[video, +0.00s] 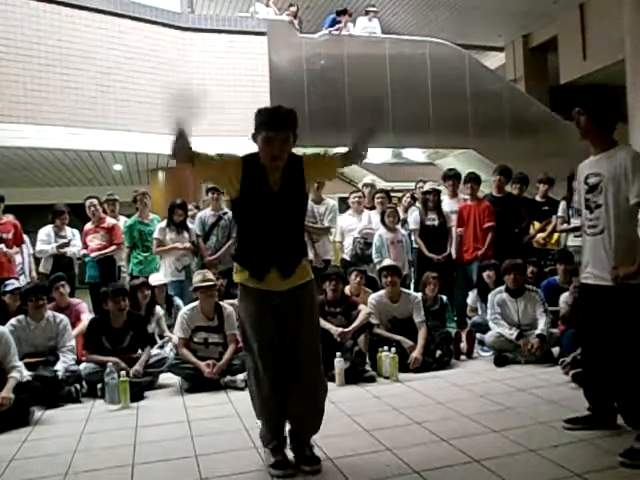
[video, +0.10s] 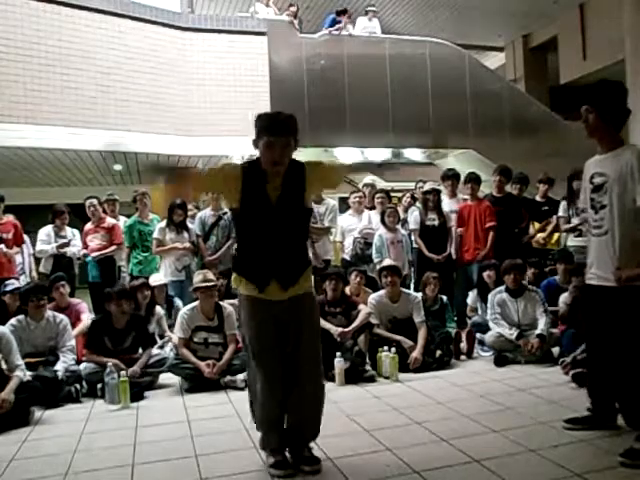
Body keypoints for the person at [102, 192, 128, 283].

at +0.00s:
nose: (111, 207)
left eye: (114, 204)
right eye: (108, 204)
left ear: (118, 205)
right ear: (104, 206)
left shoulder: (126, 222)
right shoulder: (102, 222)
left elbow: (130, 240)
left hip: (122, 260)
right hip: (106, 260)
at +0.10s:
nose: (111, 207)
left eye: (114, 204)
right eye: (108, 204)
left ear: (118, 205)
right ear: (104, 206)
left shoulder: (126, 222)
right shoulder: (102, 222)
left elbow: (130, 241)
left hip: (122, 261)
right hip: (106, 261)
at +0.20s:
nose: (111, 208)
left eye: (114, 204)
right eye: (108, 204)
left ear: (118, 206)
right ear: (104, 206)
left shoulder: (126, 222)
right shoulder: (102, 223)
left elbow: (130, 241)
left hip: (122, 260)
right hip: (106, 260)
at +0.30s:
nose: (111, 207)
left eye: (114, 204)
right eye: (108, 204)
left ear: (118, 206)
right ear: (104, 206)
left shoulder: (125, 222)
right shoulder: (102, 222)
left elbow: (130, 241)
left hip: (122, 260)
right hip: (106, 259)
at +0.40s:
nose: (111, 208)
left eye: (114, 204)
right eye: (108, 205)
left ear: (118, 206)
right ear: (104, 206)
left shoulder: (125, 221)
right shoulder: (102, 223)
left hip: (122, 260)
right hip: (106, 260)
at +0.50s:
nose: (111, 207)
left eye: (114, 204)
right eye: (108, 204)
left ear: (118, 206)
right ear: (104, 206)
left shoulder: (126, 222)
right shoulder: (102, 222)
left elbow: (130, 240)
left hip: (122, 261)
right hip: (107, 260)